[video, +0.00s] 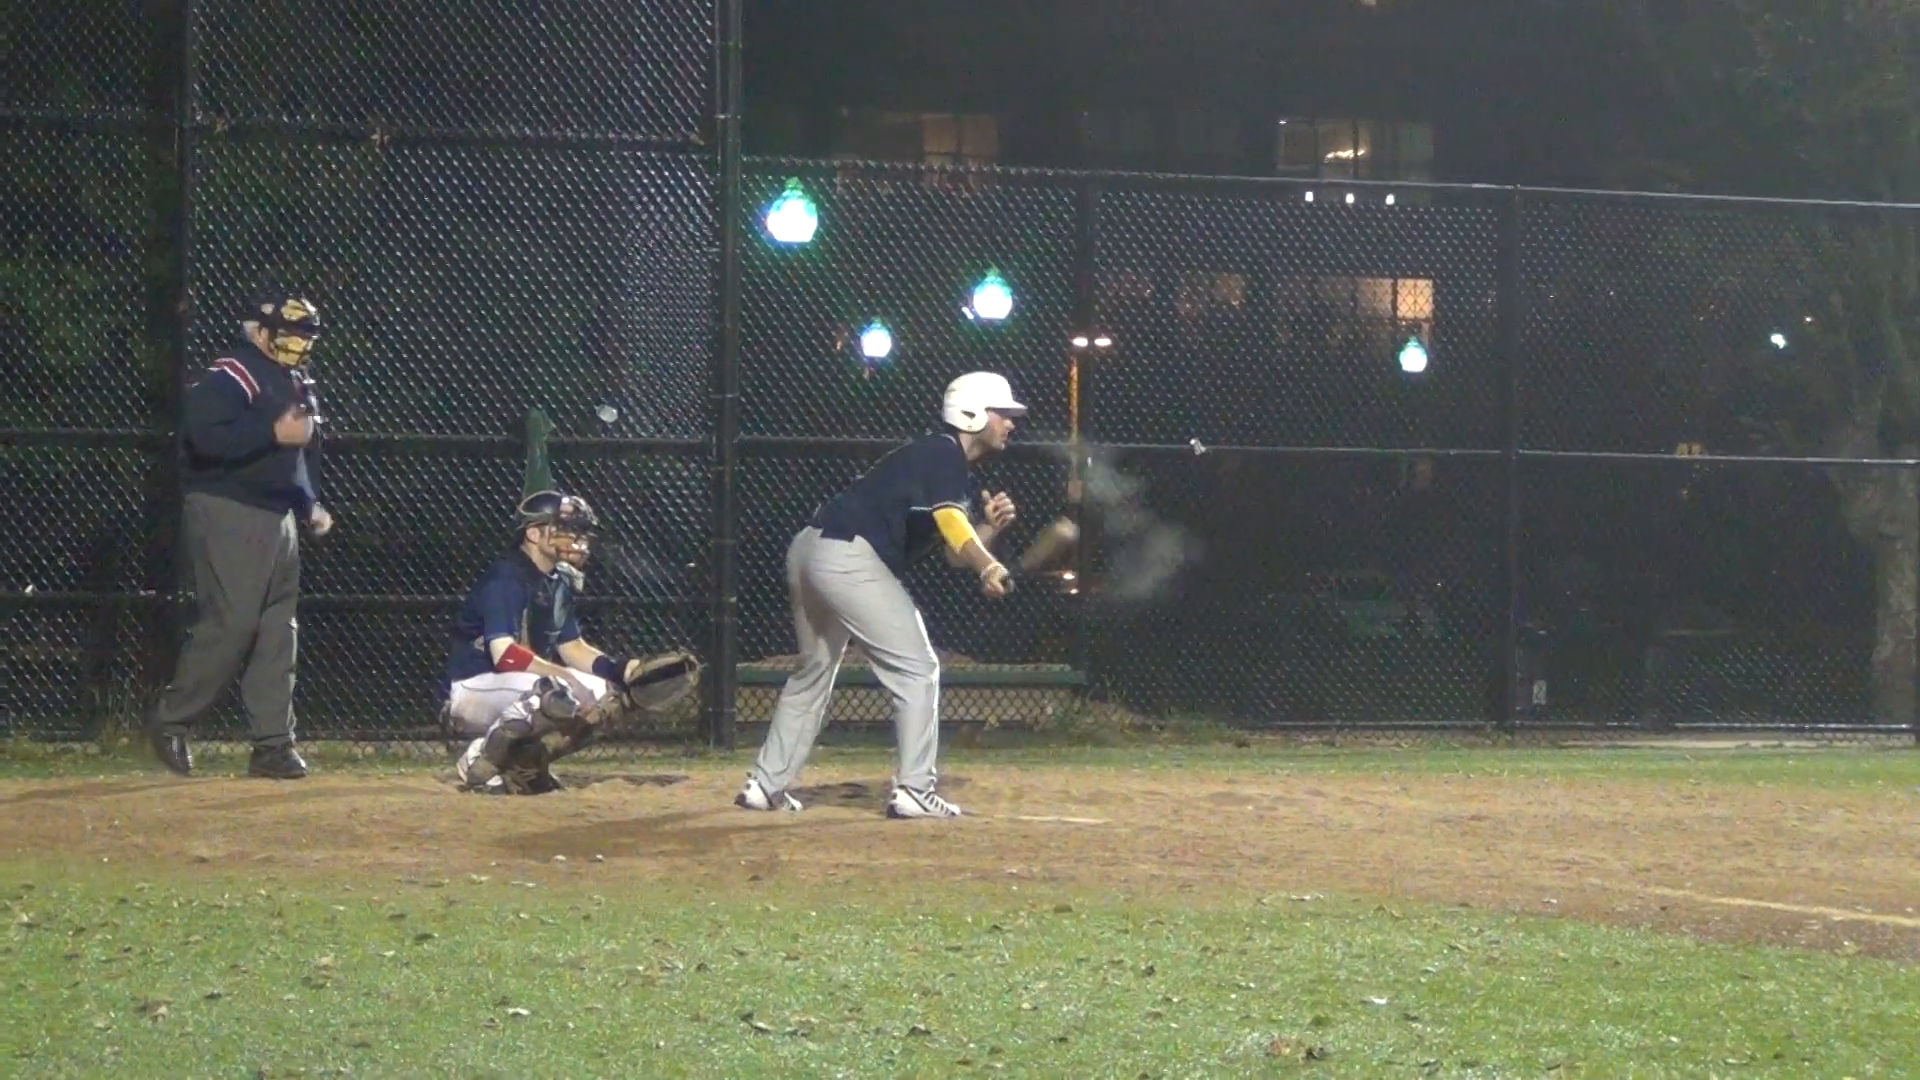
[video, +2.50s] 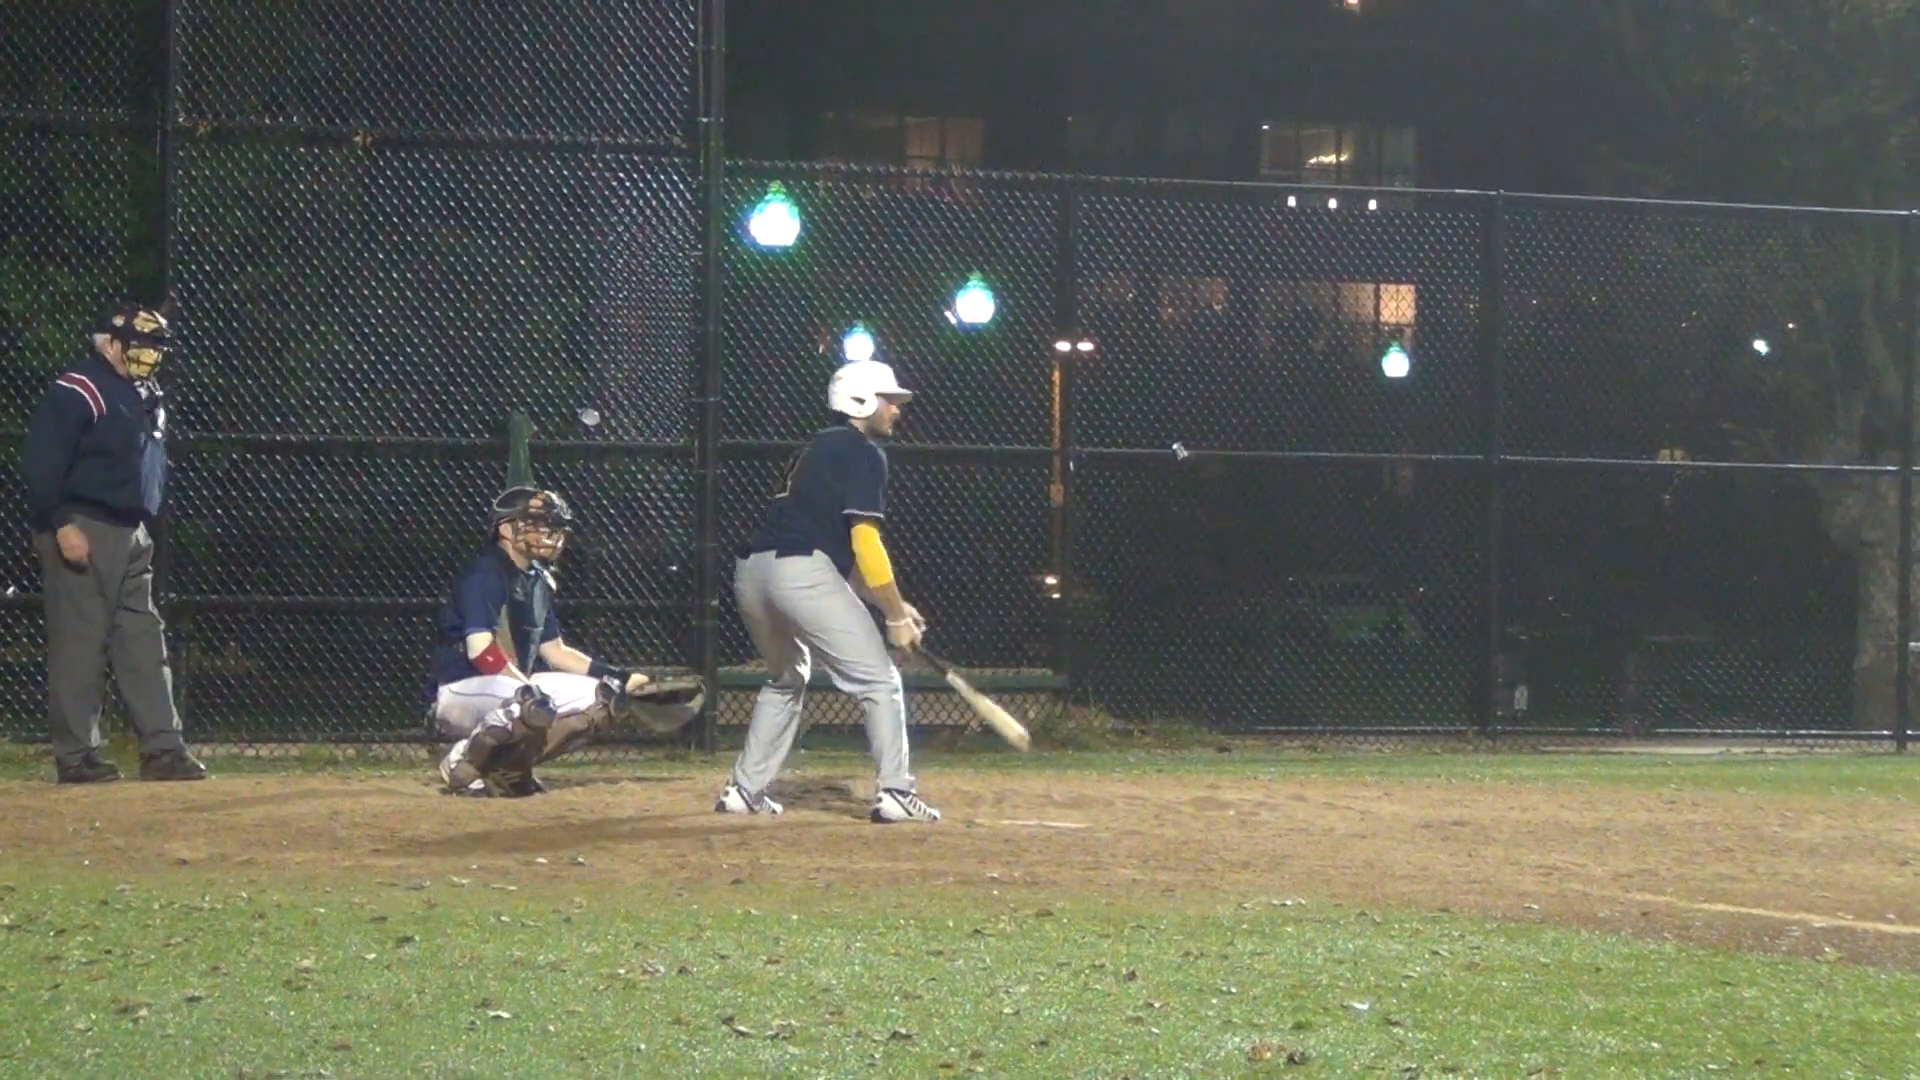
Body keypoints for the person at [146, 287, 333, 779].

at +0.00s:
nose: (296, 341)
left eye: (301, 334)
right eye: (287, 332)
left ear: (304, 336)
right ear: (258, 329)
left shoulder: (293, 381)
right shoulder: (228, 375)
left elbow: (294, 456)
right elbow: (208, 440)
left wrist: (309, 504)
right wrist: (274, 433)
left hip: (277, 520)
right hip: (227, 515)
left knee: (276, 631)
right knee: (231, 624)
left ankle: (273, 745)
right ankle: (170, 720)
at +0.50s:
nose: (233, 360)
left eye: (237, 352)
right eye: (224, 349)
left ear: (238, 354)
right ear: (195, 343)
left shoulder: (226, 393)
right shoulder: (162, 380)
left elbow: (230, 460)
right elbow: (179, 439)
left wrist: (234, 510)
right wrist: (218, 392)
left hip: (206, 530)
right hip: (152, 524)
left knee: (231, 634)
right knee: (139, 637)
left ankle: (259, 742)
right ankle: (131, 749)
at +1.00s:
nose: (221, 356)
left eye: (223, 348)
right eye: (215, 346)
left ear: (202, 347)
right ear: (189, 342)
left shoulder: (211, 395)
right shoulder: (143, 374)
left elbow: (225, 463)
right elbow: (86, 433)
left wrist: (273, 450)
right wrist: (95, 500)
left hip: (181, 526)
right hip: (134, 521)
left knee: (170, 633)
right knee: (136, 630)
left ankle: (161, 742)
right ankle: (127, 747)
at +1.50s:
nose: (190, 347)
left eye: (193, 339)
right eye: (182, 337)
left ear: (187, 340)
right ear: (154, 334)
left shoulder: (187, 392)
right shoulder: (117, 373)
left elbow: (195, 469)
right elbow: (77, 438)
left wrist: (238, 464)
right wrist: (85, 510)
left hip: (166, 525)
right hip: (119, 521)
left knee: (155, 634)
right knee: (108, 632)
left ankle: (150, 746)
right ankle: (87, 749)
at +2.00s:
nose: (150, 355)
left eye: (155, 346)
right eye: (141, 345)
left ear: (158, 348)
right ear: (113, 343)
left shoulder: (152, 398)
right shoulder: (79, 390)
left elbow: (153, 465)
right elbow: (43, 459)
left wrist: (147, 518)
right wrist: (37, 527)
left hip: (136, 535)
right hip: (84, 531)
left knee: (149, 640)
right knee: (79, 639)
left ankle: (167, 751)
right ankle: (76, 755)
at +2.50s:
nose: (149, 355)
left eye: (154, 347)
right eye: (140, 345)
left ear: (155, 349)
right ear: (113, 342)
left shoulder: (144, 394)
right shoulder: (79, 386)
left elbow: (143, 465)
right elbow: (40, 459)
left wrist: (142, 522)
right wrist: (61, 523)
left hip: (132, 534)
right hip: (80, 531)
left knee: (142, 641)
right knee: (79, 642)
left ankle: (163, 751)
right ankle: (75, 757)